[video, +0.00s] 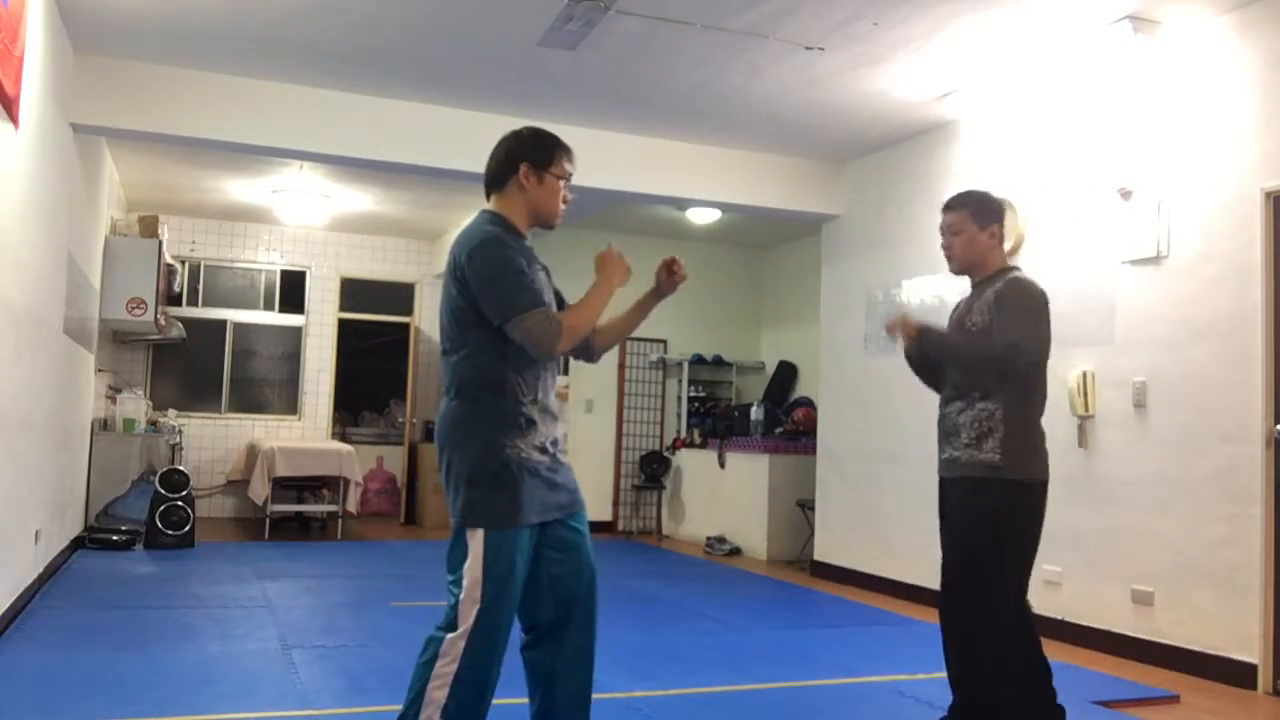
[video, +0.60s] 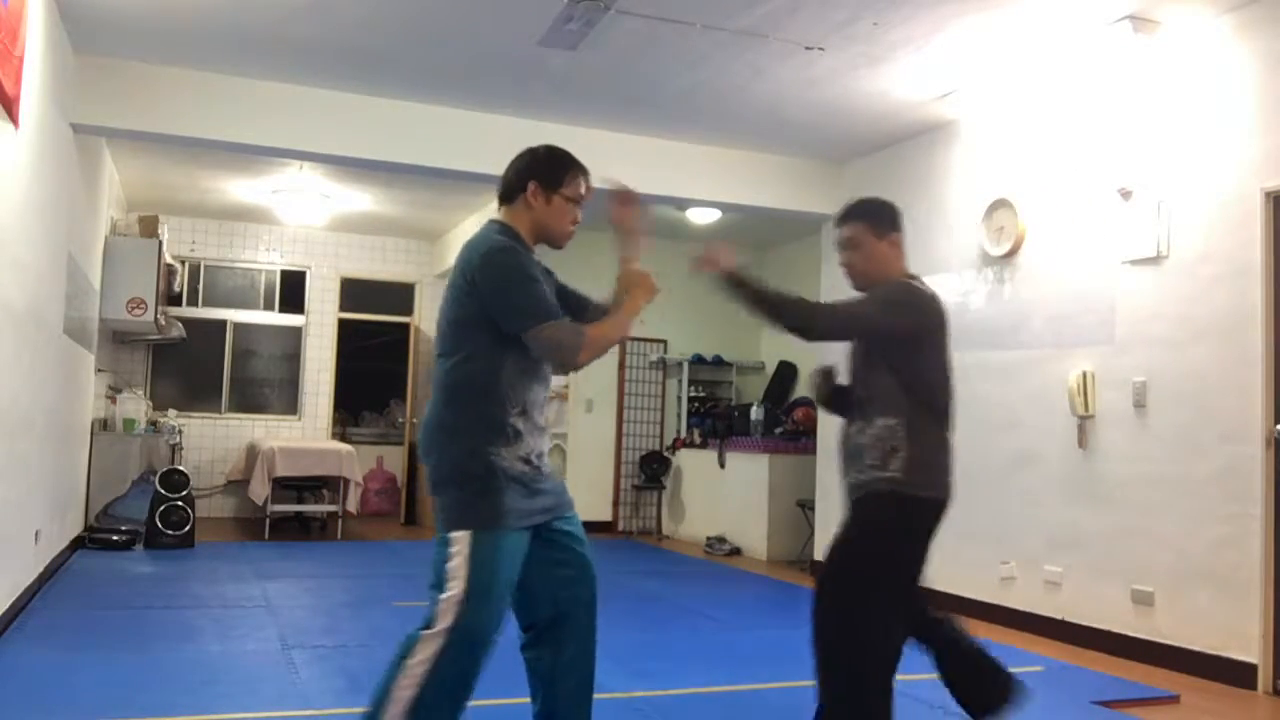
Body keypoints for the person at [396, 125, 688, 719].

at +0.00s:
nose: (569, 194)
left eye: (570, 183)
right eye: (562, 179)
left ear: (527, 180)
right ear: (526, 176)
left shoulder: (527, 258)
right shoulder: (489, 243)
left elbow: (589, 343)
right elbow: (548, 336)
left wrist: (652, 296)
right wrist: (607, 284)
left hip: (543, 458)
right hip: (494, 458)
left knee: (567, 606)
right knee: (476, 623)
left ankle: (562, 715)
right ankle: (431, 715)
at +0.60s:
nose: (580, 217)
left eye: (582, 205)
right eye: (574, 202)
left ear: (535, 198)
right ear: (534, 194)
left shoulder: (529, 267)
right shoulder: (496, 255)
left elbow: (608, 318)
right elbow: (564, 349)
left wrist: (631, 239)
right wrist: (627, 307)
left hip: (530, 470)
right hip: (479, 470)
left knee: (567, 604)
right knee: (462, 623)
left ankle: (563, 716)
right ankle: (395, 714)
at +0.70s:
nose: (567, 221)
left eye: (570, 210)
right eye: (560, 206)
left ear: (519, 202)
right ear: (519, 199)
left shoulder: (513, 264)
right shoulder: (482, 256)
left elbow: (607, 291)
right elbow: (570, 344)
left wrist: (578, 221)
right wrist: (640, 312)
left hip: (510, 484)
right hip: (451, 481)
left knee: (551, 637)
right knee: (417, 629)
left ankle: (561, 713)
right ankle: (347, 714)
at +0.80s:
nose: (546, 215)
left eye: (551, 204)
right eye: (540, 200)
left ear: (499, 195)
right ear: (497, 191)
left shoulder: (488, 258)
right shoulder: (457, 249)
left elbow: (583, 287)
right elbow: (547, 347)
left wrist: (550, 221)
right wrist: (614, 312)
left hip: (477, 475)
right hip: (420, 473)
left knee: (517, 642)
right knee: (384, 634)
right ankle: (323, 716)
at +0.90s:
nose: (527, 208)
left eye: (531, 195)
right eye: (520, 191)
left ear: (475, 187)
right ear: (473, 181)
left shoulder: (468, 253)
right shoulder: (431, 241)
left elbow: (552, 295)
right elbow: (505, 345)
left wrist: (559, 261)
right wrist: (584, 312)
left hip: (458, 464)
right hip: (405, 464)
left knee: (505, 603)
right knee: (383, 625)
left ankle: (506, 718)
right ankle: (325, 719)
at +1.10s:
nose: (491, 202)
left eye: (496, 190)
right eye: (485, 186)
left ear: (438, 178)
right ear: (439, 173)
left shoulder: (443, 245)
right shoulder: (399, 237)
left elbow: (540, 276)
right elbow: (464, 348)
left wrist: (501, 196)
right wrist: (544, 321)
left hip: (460, 465)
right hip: (402, 467)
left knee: (502, 627)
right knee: (379, 646)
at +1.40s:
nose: (445, 186)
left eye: (449, 175)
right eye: (438, 172)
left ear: (387, 167)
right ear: (394, 164)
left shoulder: (382, 227)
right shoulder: (388, 235)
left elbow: (478, 245)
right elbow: (453, 350)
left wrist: (450, 185)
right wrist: (518, 313)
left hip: (468, 458)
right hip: (422, 463)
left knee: (498, 630)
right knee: (394, 637)